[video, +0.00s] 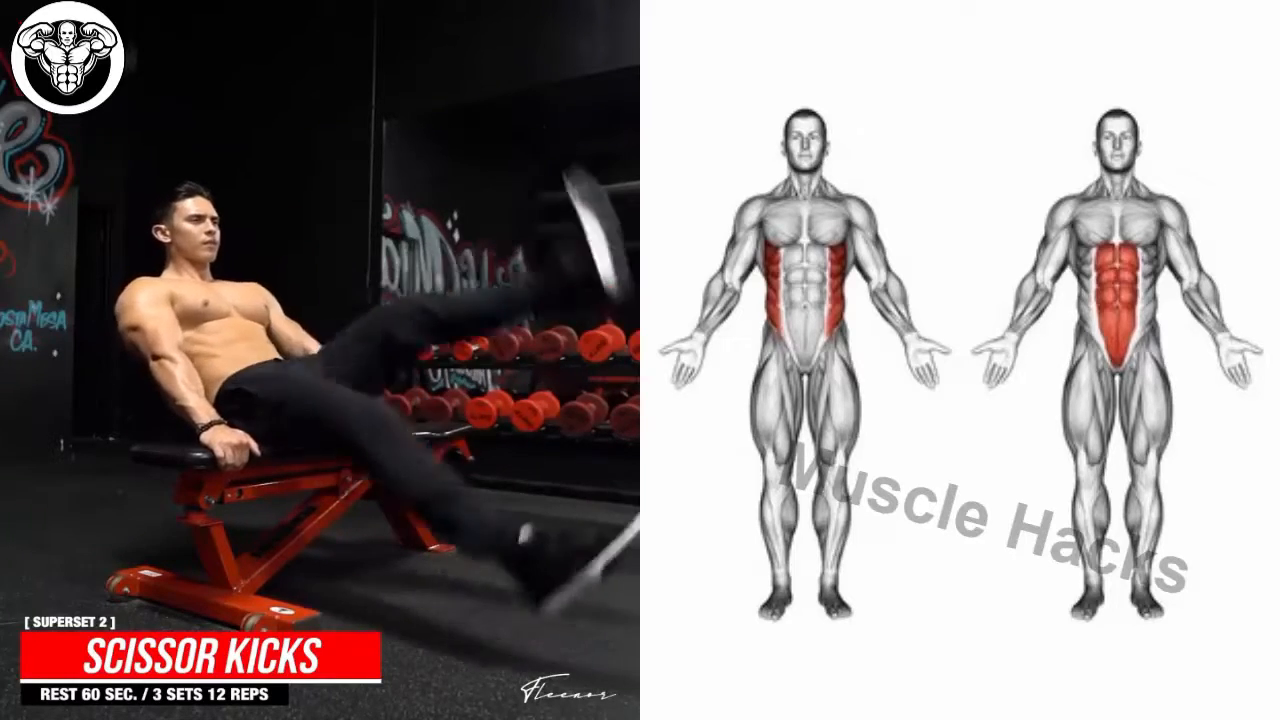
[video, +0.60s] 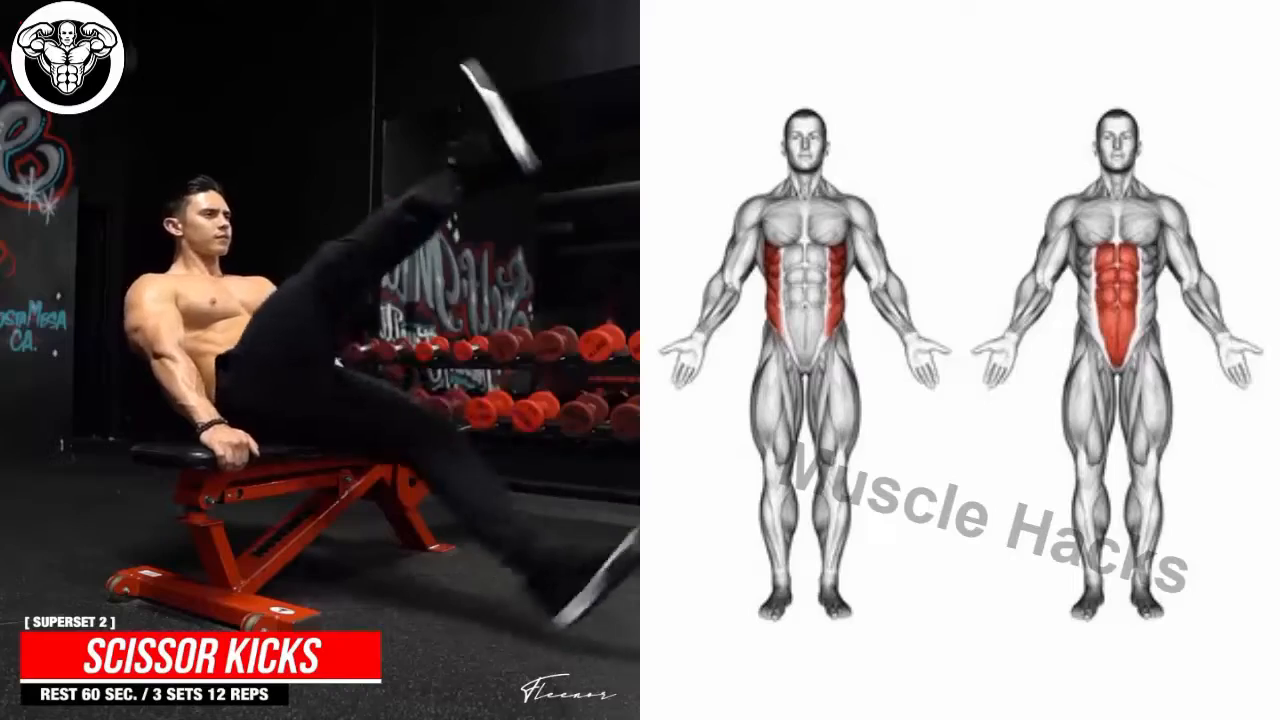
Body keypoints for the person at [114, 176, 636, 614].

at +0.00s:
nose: (209, 229)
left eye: (212, 220)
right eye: (195, 221)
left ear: (216, 230)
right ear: (164, 233)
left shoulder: (252, 295)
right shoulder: (145, 293)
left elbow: (314, 355)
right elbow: (167, 360)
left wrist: (374, 385)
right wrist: (209, 424)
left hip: (301, 379)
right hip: (245, 390)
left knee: (400, 316)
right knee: (370, 419)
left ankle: (559, 286)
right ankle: (521, 552)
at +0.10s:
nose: (215, 227)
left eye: (218, 217)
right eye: (201, 218)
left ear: (221, 226)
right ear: (169, 229)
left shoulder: (256, 289)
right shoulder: (150, 290)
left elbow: (315, 354)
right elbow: (170, 359)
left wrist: (349, 400)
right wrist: (209, 422)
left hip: (305, 377)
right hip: (255, 389)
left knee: (388, 296)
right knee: (377, 442)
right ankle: (507, 589)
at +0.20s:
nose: (223, 223)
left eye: (226, 215)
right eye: (209, 214)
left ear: (229, 225)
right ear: (176, 227)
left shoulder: (261, 287)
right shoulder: (155, 290)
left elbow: (320, 350)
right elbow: (171, 357)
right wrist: (209, 424)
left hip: (305, 375)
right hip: (251, 389)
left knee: (383, 292)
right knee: (375, 412)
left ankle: (527, 217)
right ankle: (514, 549)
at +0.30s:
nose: (226, 226)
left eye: (230, 217)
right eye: (212, 216)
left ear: (233, 226)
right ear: (180, 226)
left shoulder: (263, 287)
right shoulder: (156, 289)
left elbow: (322, 351)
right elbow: (173, 356)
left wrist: (376, 402)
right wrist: (209, 421)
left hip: (306, 378)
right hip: (251, 395)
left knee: (390, 304)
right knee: (365, 373)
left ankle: (548, 293)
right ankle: (535, 446)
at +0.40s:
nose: (227, 228)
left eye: (230, 219)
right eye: (213, 218)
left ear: (232, 228)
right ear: (180, 228)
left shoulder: (264, 288)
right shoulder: (156, 290)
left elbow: (310, 358)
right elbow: (173, 357)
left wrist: (357, 417)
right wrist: (211, 423)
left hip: (312, 402)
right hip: (251, 400)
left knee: (434, 350)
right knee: (368, 320)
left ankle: (577, 402)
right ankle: (547, 316)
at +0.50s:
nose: (226, 225)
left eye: (229, 217)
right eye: (211, 216)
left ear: (231, 227)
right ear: (178, 227)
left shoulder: (261, 288)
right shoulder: (155, 289)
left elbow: (311, 346)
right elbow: (173, 356)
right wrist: (212, 423)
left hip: (314, 402)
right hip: (252, 398)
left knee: (436, 398)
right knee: (351, 285)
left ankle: (579, 508)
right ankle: (518, 218)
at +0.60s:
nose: (224, 221)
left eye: (226, 213)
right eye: (208, 213)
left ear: (228, 227)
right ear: (174, 226)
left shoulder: (259, 286)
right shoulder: (152, 288)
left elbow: (317, 312)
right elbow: (168, 357)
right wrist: (209, 424)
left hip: (306, 392)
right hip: (248, 381)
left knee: (430, 433)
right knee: (337, 268)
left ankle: (552, 575)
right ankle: (458, 176)